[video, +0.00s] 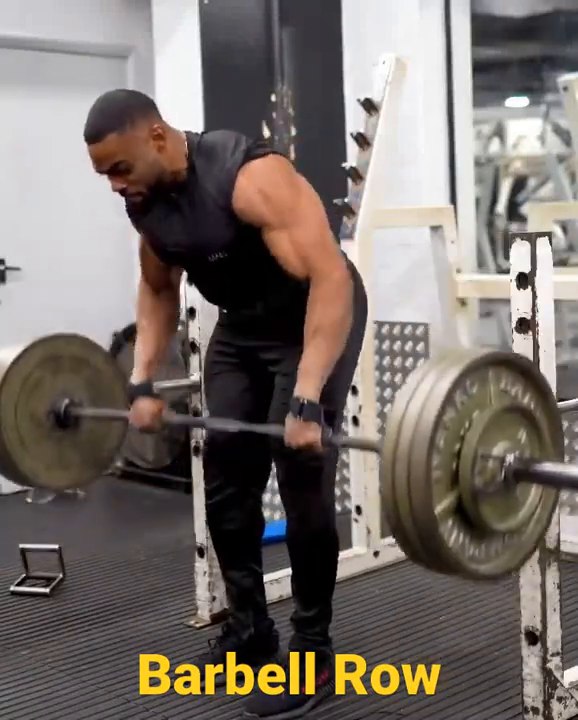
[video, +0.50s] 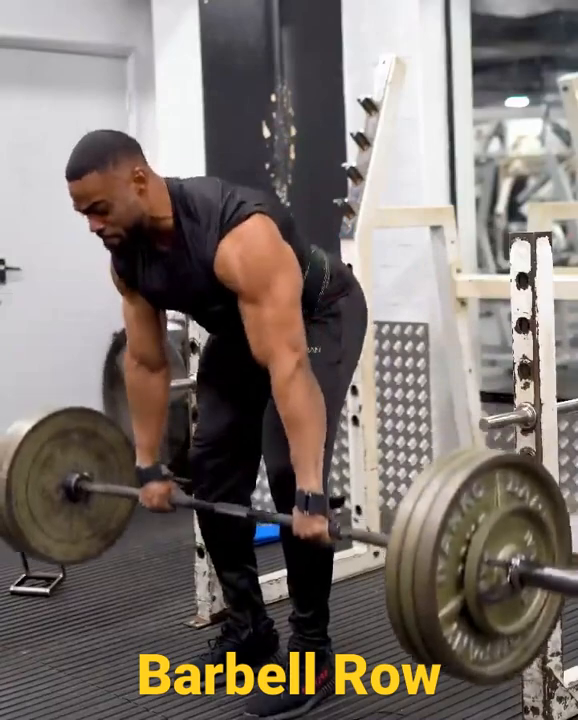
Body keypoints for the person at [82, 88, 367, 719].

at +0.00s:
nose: (115, 186)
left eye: (119, 168)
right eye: (106, 175)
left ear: (160, 137)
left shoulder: (253, 176)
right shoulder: (147, 201)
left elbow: (332, 277)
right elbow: (158, 288)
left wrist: (307, 398)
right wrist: (142, 380)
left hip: (315, 321)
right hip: (241, 332)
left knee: (302, 475)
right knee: (226, 481)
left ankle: (311, 646)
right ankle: (248, 627)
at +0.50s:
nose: (94, 227)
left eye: (99, 209)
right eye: (84, 214)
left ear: (140, 178)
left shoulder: (241, 237)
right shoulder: (130, 256)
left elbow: (290, 363)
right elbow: (145, 362)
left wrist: (311, 491)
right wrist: (148, 466)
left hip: (318, 313)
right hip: (238, 326)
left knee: (291, 474)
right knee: (211, 474)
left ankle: (310, 648)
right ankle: (248, 628)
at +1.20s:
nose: (113, 154)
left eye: (121, 137)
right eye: (106, 142)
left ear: (166, 111)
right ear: (106, 134)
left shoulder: (251, 165)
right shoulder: (147, 188)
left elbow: (329, 269)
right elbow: (156, 285)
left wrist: (304, 392)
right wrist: (140, 376)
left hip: (305, 318)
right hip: (237, 324)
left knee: (296, 471)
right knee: (232, 468)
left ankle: (311, 649)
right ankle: (249, 625)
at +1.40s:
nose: (117, 136)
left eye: (123, 119)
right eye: (109, 125)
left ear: (167, 89)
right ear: (112, 114)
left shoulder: (252, 127)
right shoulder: (146, 152)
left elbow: (356, 201)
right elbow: (160, 220)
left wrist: (308, 303)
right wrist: (141, 292)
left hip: (295, 316)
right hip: (221, 320)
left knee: (291, 476)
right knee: (224, 478)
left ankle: (310, 651)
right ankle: (246, 630)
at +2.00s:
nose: (122, 181)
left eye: (127, 164)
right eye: (114, 170)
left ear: (169, 133)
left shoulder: (262, 177)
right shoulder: (153, 198)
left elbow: (337, 278)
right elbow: (161, 287)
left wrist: (317, 397)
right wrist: (149, 377)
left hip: (313, 327)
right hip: (242, 335)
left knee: (302, 480)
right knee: (227, 485)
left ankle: (311, 648)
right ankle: (248, 629)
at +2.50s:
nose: (107, 224)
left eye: (114, 207)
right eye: (98, 211)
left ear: (157, 181)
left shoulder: (254, 241)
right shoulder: (140, 250)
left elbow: (301, 369)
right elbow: (156, 364)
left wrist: (321, 494)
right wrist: (157, 468)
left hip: (328, 313)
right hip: (249, 323)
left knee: (302, 472)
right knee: (218, 465)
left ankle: (312, 648)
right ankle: (248, 628)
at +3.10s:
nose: (110, 188)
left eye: (118, 172)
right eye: (103, 177)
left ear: (162, 146)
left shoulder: (254, 204)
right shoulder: (144, 224)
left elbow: (317, 318)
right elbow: (152, 324)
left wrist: (307, 451)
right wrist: (145, 429)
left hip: (324, 306)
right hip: (249, 320)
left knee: (306, 476)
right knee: (226, 472)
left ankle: (312, 649)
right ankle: (248, 627)